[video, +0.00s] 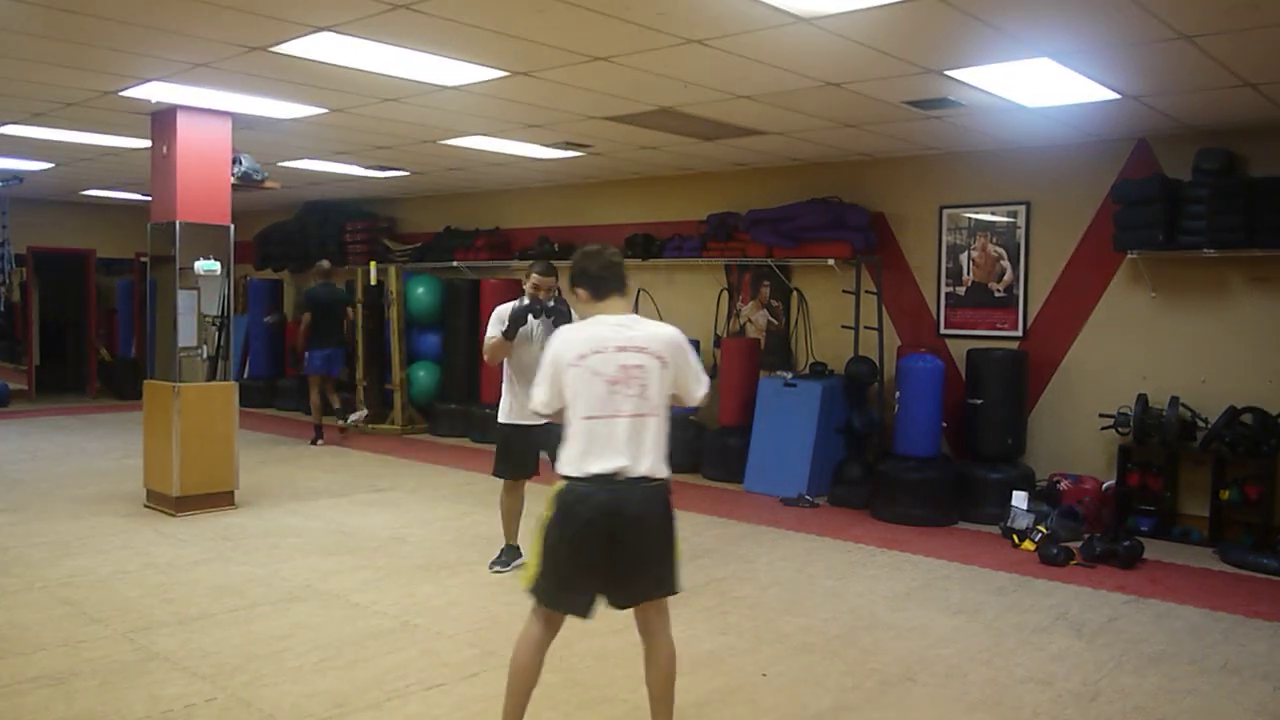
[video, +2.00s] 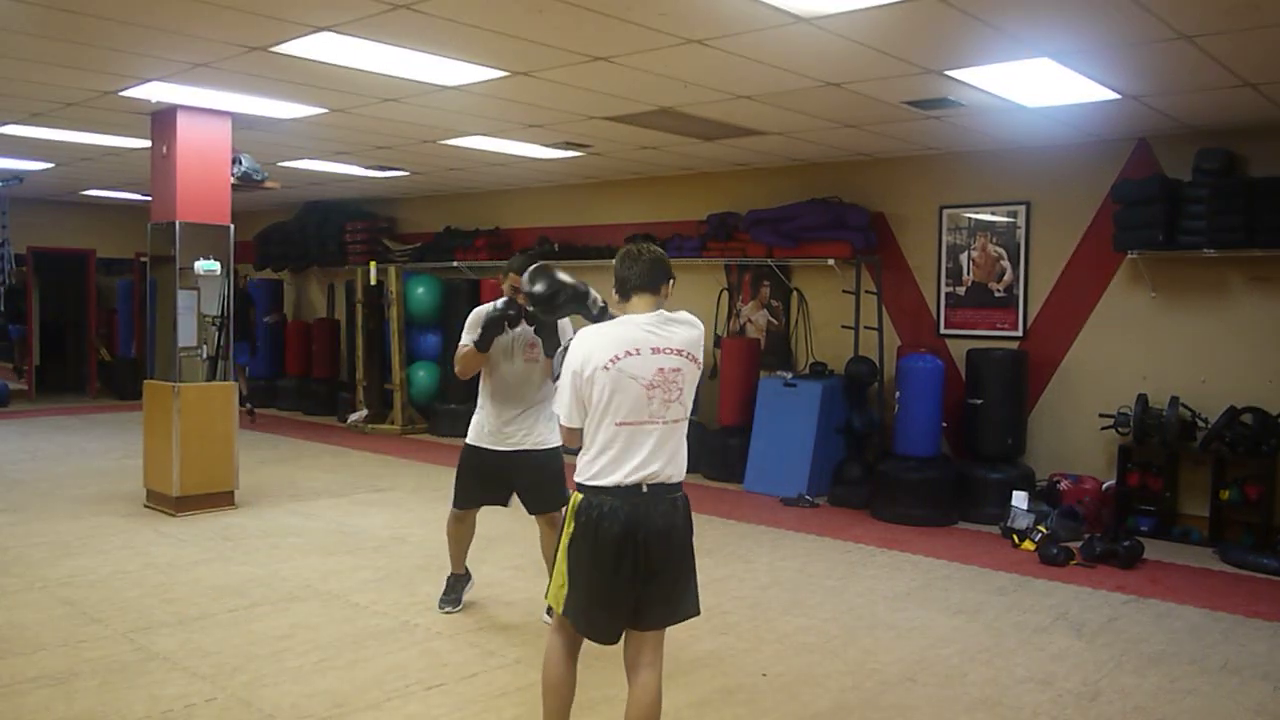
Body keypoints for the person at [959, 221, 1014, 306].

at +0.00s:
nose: (983, 241)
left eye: (985, 237)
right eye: (979, 237)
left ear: (990, 237)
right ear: (975, 237)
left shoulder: (998, 252)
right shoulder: (971, 253)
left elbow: (1009, 272)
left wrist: (1000, 286)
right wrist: (966, 279)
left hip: (992, 288)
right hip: (975, 287)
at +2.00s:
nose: (983, 241)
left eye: (985, 237)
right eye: (979, 237)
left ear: (990, 237)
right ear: (975, 237)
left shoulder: (998, 252)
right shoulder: (971, 253)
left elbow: (1009, 272)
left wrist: (1000, 286)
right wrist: (966, 279)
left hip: (992, 288)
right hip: (975, 287)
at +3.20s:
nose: (987, 242)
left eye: (990, 238)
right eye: (983, 238)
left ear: (995, 238)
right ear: (979, 238)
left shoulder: (1003, 254)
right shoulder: (975, 254)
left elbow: (1014, 273)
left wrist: (1005, 287)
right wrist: (971, 280)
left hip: (995, 289)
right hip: (979, 288)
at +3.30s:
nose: (995, 240)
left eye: (999, 236)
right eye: (992, 236)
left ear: (1004, 237)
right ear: (988, 237)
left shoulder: (1012, 252)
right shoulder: (985, 251)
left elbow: (1023, 272)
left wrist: (1015, 286)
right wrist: (979, 278)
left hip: (1004, 288)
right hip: (988, 287)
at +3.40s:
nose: (1006, 240)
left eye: (1009, 236)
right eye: (1003, 236)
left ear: (1014, 237)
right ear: (999, 237)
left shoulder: (1022, 252)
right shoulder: (994, 253)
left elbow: (1033, 272)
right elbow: (991, 269)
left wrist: (1025, 286)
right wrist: (990, 279)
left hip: (1014, 287)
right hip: (998, 286)